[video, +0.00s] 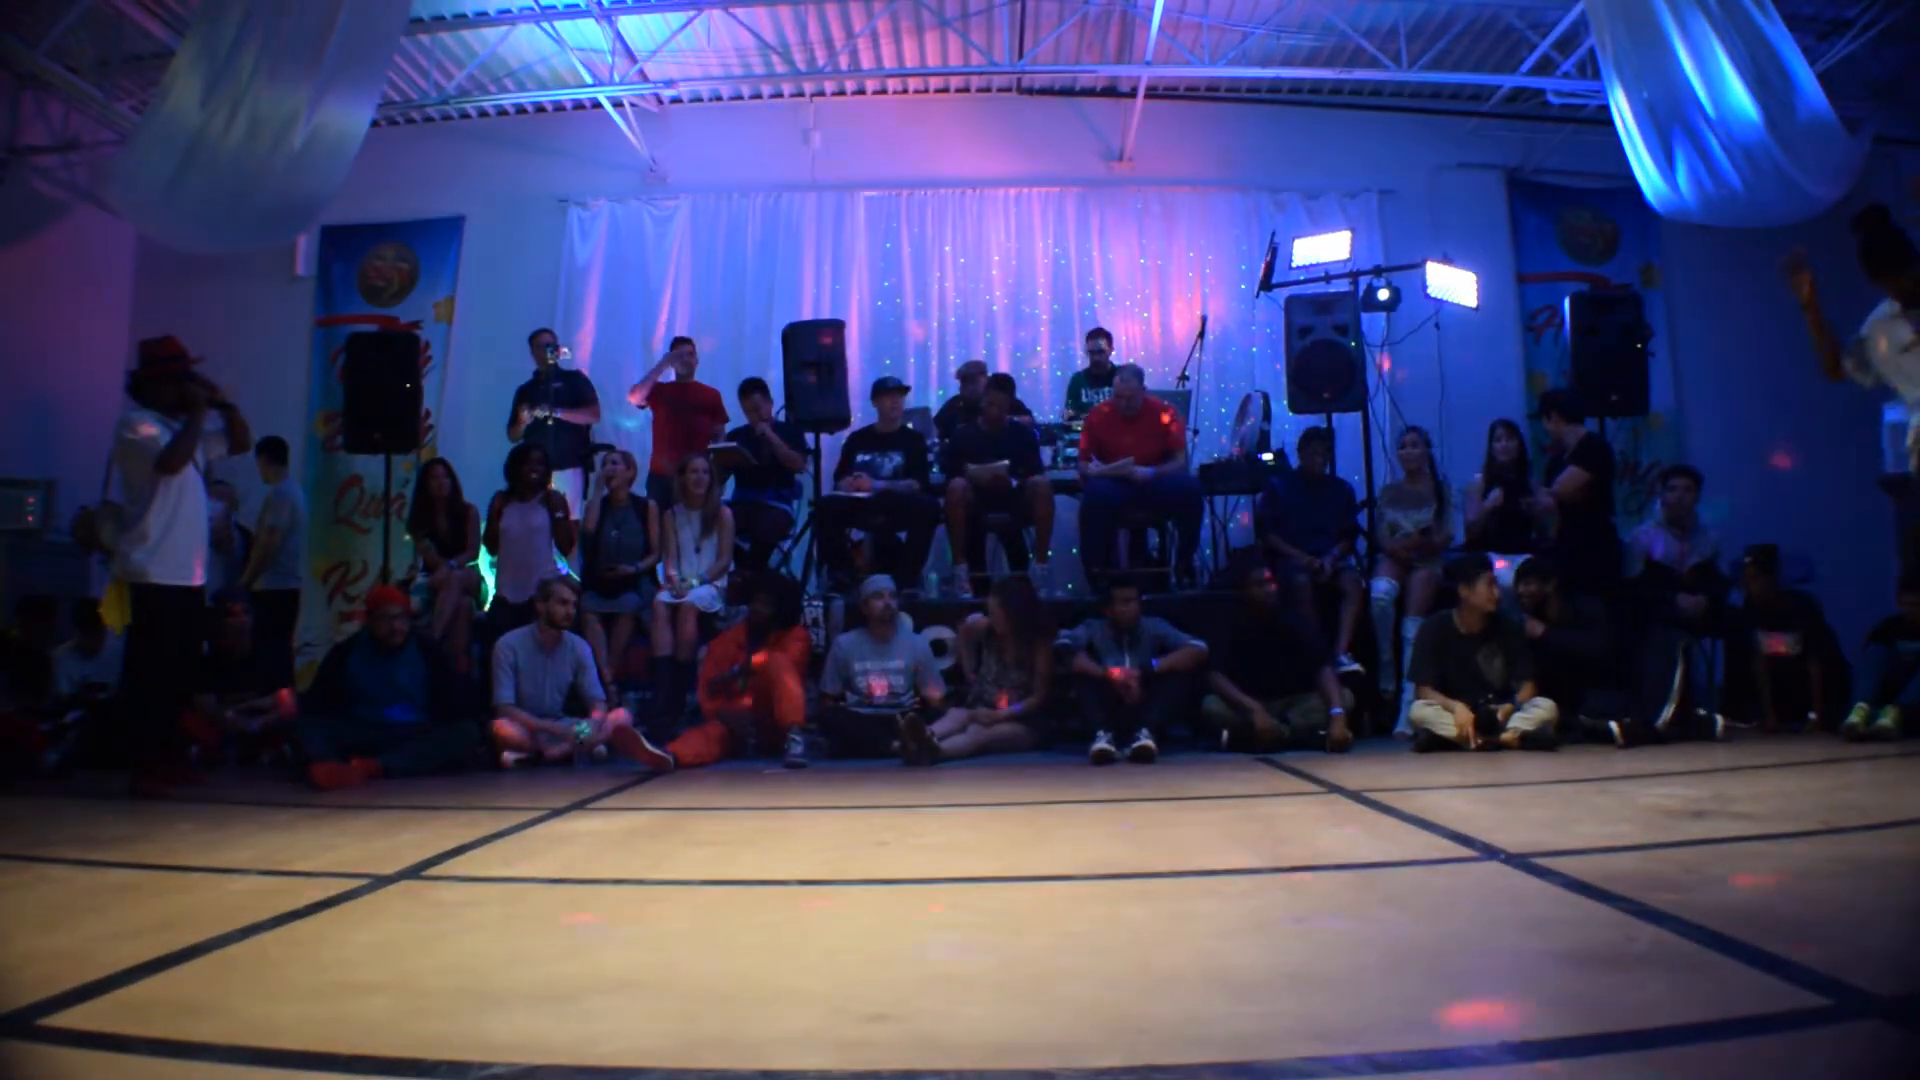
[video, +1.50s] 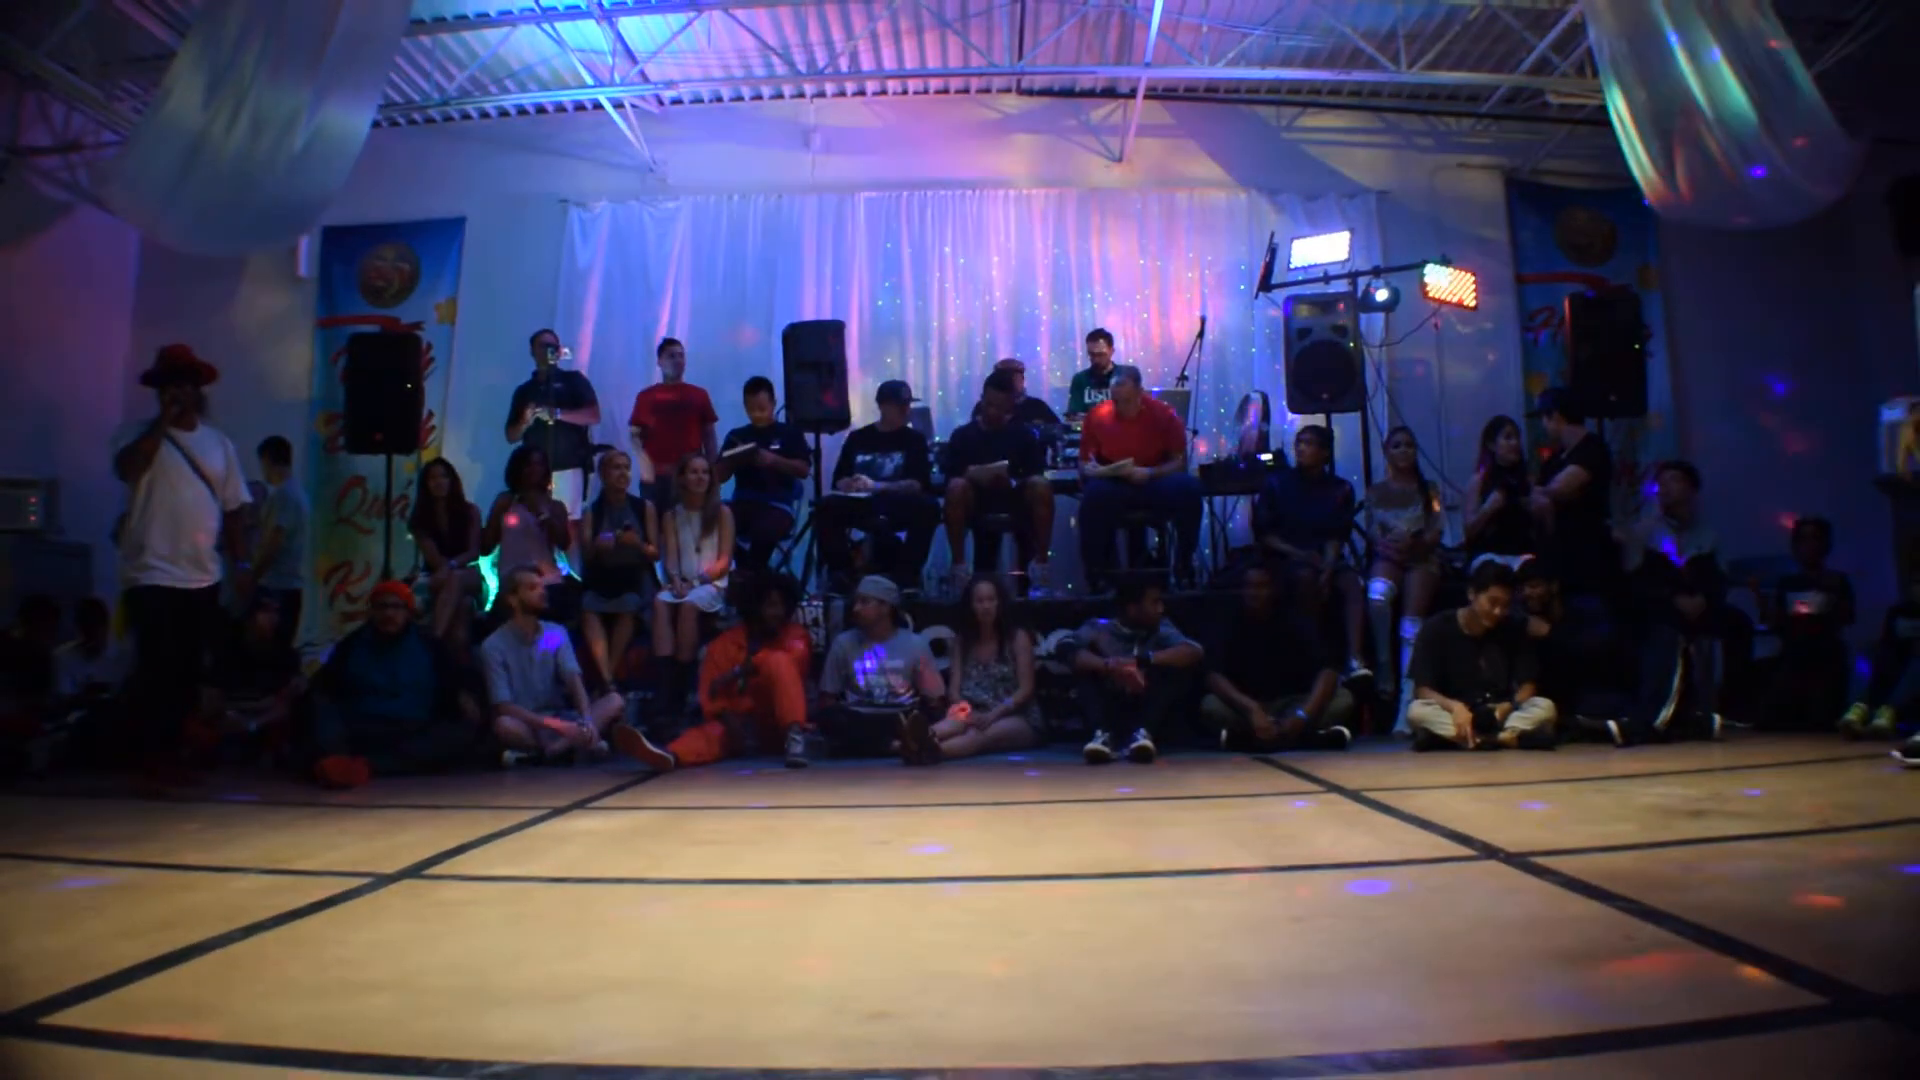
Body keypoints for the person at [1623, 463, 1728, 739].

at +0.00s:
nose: (1678, 497)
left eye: (1686, 491)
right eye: (1672, 490)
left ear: (1696, 497)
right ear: (1662, 496)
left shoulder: (1706, 539)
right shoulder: (1644, 536)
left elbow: (1716, 580)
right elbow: (1637, 581)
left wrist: (1702, 599)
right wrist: (1674, 598)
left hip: (1695, 612)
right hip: (1655, 610)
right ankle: (1657, 712)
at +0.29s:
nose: (1679, 497)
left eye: (1687, 491)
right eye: (1672, 490)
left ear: (1696, 498)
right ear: (1662, 496)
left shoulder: (1707, 538)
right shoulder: (1643, 537)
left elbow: (1717, 581)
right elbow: (1637, 584)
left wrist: (1702, 600)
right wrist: (1674, 600)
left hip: (1697, 612)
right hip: (1658, 611)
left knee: (1742, 623)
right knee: (1671, 637)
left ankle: (1734, 706)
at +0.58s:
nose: (1679, 498)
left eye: (1687, 491)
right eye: (1673, 490)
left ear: (1697, 498)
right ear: (1662, 496)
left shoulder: (1707, 538)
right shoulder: (1644, 537)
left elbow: (1719, 580)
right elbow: (1637, 584)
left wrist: (1705, 599)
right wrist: (1674, 599)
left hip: (1699, 609)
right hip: (1659, 608)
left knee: (1740, 623)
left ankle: (1735, 706)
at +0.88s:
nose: (1678, 497)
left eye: (1686, 490)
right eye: (1671, 489)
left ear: (1696, 497)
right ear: (1661, 496)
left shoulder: (1706, 537)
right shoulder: (1644, 536)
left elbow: (1716, 578)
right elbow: (1637, 584)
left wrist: (1705, 599)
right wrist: (1674, 599)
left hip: (1697, 607)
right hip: (1659, 607)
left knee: (1739, 624)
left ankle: (1735, 705)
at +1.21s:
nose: (1672, 493)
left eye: (1679, 487)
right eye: (1667, 486)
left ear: (1694, 493)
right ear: (1661, 493)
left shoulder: (1706, 535)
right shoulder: (1647, 535)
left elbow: (1720, 578)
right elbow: (1642, 580)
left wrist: (1706, 599)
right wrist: (1676, 600)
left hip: (1702, 608)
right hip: (1662, 607)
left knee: (1741, 624)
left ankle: (1737, 706)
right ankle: (1674, 708)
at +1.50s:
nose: (1666, 489)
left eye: (1674, 483)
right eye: (1662, 483)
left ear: (1690, 490)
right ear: (1657, 490)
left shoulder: (1704, 534)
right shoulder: (1646, 531)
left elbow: (1718, 576)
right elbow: (1639, 578)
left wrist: (1704, 599)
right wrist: (1673, 599)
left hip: (1699, 608)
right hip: (1660, 606)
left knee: (1738, 625)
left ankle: (1727, 708)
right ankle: (1654, 713)